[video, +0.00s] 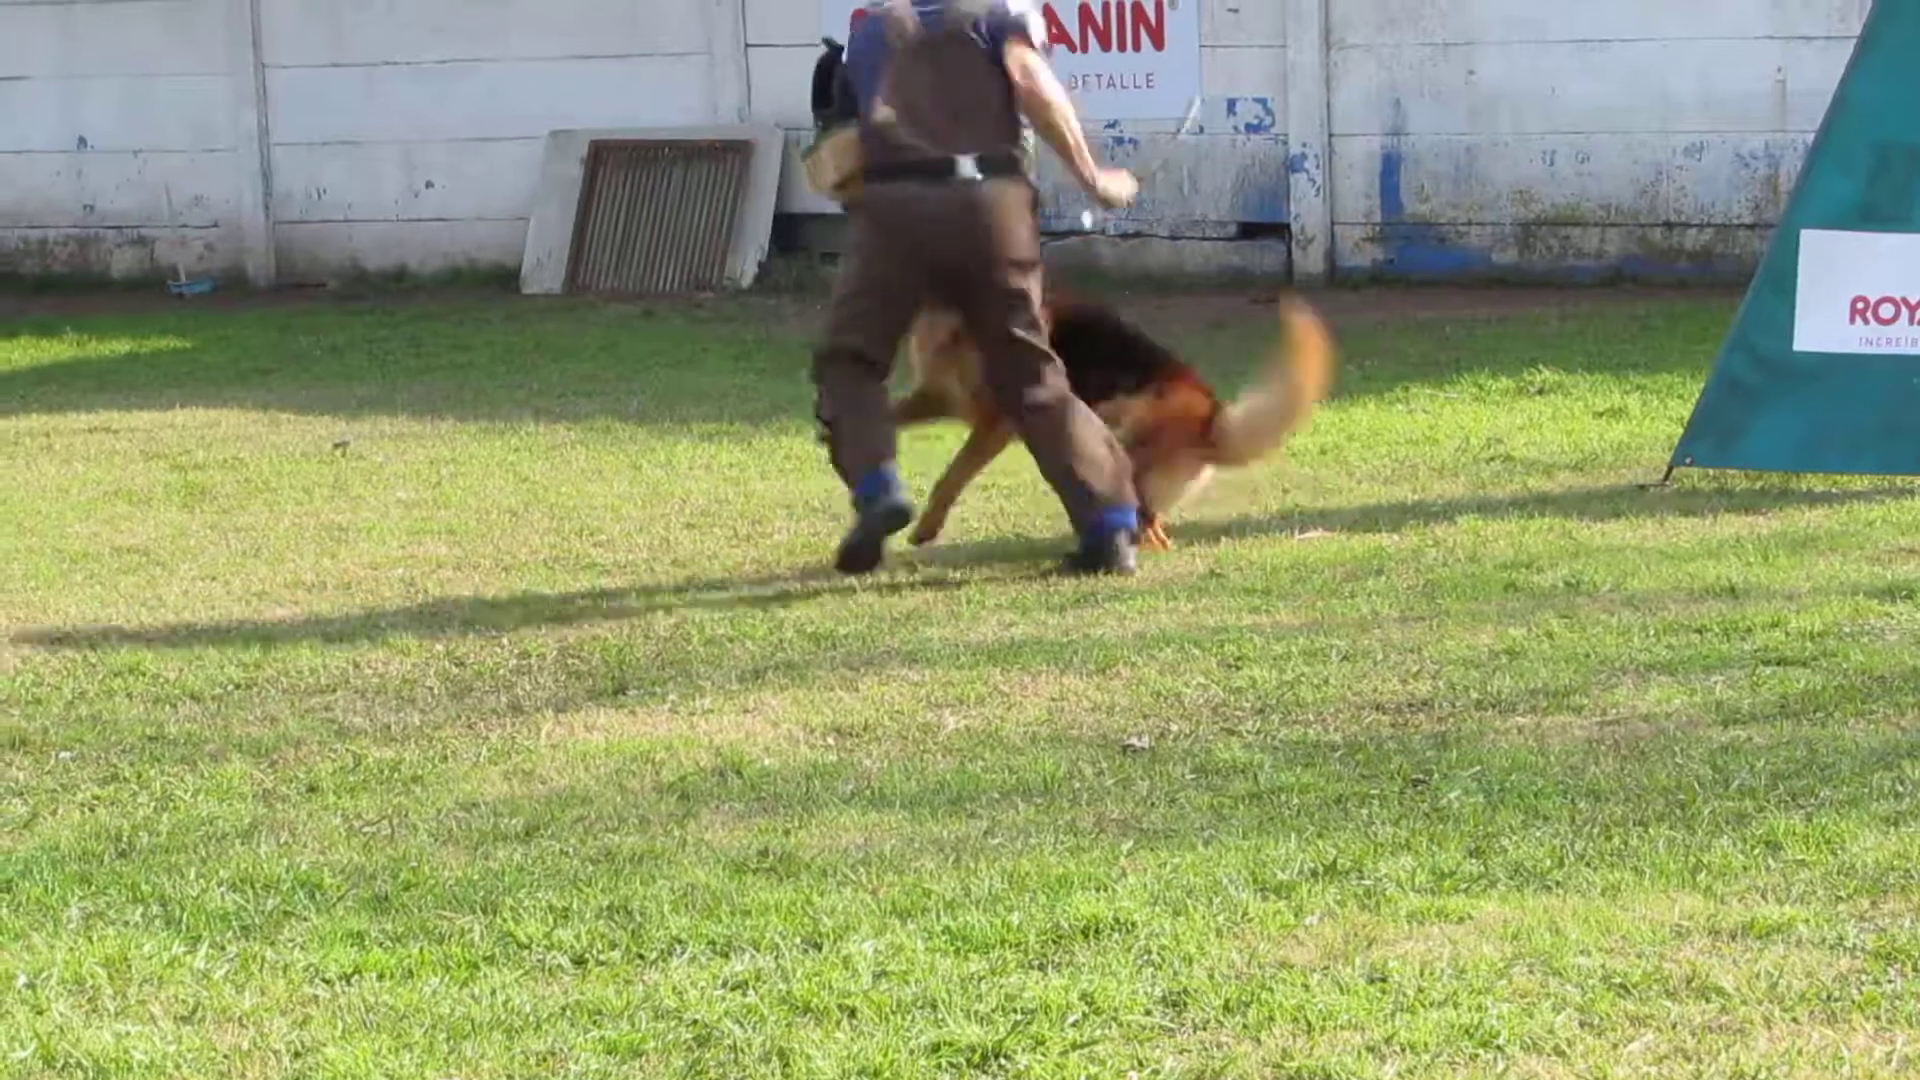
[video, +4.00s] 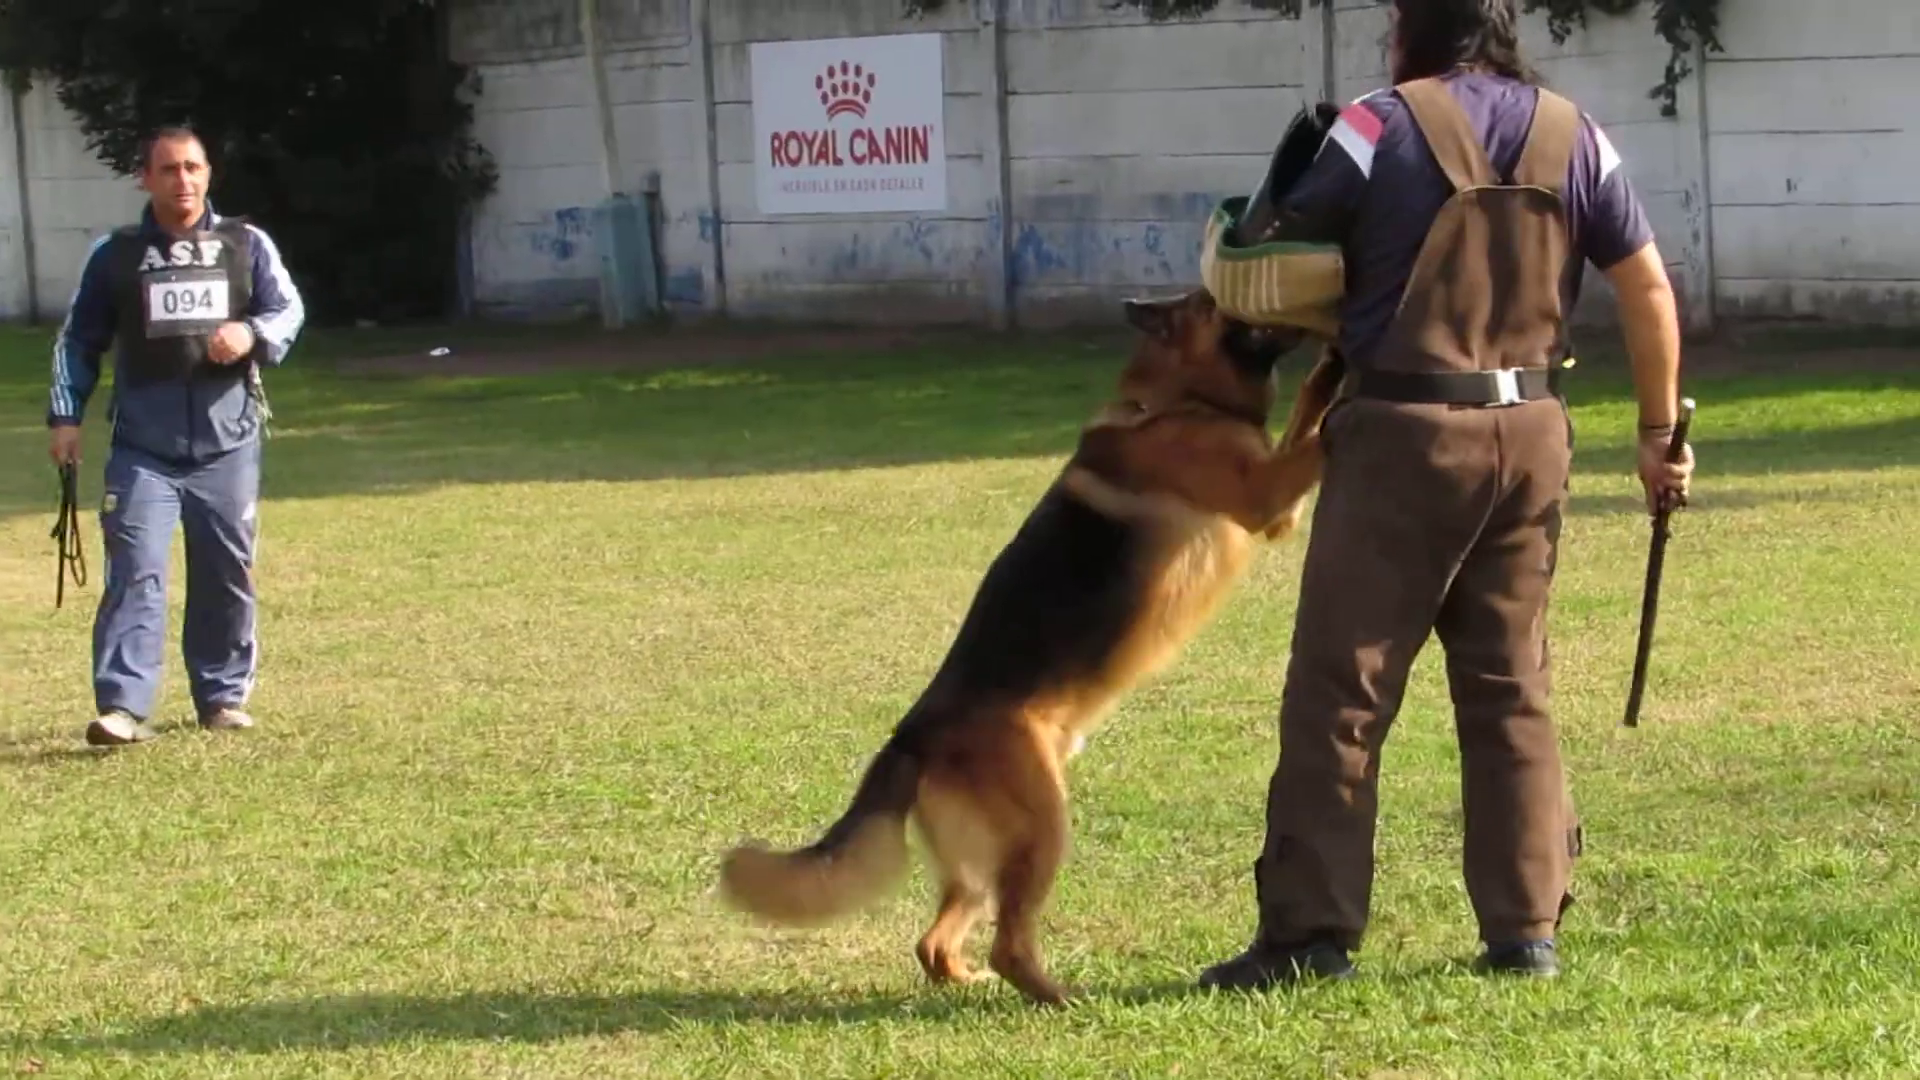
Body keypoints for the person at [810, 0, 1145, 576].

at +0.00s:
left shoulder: (868, 26)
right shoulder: (996, 11)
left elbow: (850, 134)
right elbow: (1027, 77)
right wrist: (1093, 176)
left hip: (896, 207)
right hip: (994, 198)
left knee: (850, 360)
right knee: (1027, 363)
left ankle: (877, 490)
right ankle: (1107, 519)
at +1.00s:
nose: (670, 52)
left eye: (667, 39)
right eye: (661, 41)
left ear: (691, 18)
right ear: (722, 2)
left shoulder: (734, 57)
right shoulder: (815, 11)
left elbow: (713, 199)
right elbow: (936, 18)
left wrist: (650, 193)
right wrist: (1009, 85)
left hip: (856, 274)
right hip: (793, 279)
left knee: (886, 459)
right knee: (719, 426)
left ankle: (982, 615)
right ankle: (787, 602)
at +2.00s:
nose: (1067, 134)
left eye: (1068, 116)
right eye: (1062, 119)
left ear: (1096, 98)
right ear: (1142, 83)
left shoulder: (1134, 140)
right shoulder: (1210, 147)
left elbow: (1074, 287)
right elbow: (1309, 262)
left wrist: (996, 272)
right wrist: (1314, 399)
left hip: (1171, 435)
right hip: (1186, 430)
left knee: (1064, 641)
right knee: (1064, 620)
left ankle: (1064, 879)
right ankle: (1208, 769)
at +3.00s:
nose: (1419, 38)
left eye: (1424, 25)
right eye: (1422, 28)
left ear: (1450, 26)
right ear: (1531, 32)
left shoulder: (1444, 99)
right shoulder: (1595, 131)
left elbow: (1364, 233)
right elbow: (1666, 285)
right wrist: (1662, 431)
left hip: (1474, 425)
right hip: (1585, 422)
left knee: (1418, 687)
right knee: (1577, 674)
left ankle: (1405, 941)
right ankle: (1666, 912)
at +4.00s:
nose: (1389, 42)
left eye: (1394, 28)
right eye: (1395, 28)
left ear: (1410, 33)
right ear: (1503, 36)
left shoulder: (1378, 121)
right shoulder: (1577, 135)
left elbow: (1280, 261)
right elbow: (1649, 291)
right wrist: (1663, 429)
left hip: (1403, 437)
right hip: (1534, 436)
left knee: (1341, 687)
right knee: (1511, 684)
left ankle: (1306, 937)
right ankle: (1525, 932)